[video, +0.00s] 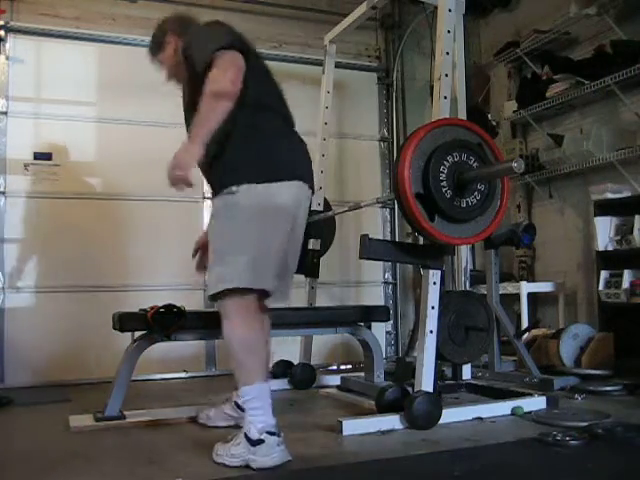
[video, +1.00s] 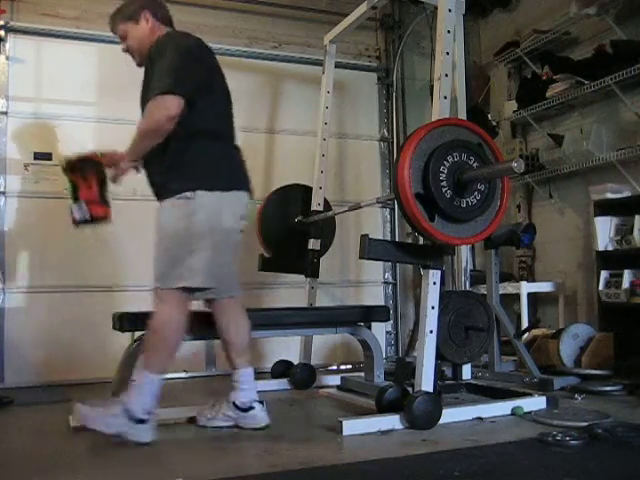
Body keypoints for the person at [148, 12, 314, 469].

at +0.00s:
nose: (166, 71)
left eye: (162, 60)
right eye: (161, 65)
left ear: (174, 41)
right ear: (175, 46)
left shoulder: (204, 35)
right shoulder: (210, 80)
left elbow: (228, 76)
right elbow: (242, 162)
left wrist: (193, 146)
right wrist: (216, 228)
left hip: (259, 180)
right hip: (277, 182)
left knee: (238, 299)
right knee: (247, 297)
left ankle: (262, 435)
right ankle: (248, 402)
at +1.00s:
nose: (125, 48)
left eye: (125, 37)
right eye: (121, 41)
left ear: (148, 21)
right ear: (153, 22)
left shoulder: (172, 46)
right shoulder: (189, 51)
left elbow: (165, 115)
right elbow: (176, 130)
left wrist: (130, 156)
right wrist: (129, 160)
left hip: (196, 193)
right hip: (224, 190)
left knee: (171, 297)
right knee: (225, 294)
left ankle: (136, 411)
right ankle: (246, 403)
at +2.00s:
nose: (76, 11)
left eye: (79, 4)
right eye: (76, 5)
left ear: (101, 1)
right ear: (118, 5)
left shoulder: (113, 36)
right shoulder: (117, 43)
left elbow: (53, 91)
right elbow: (100, 133)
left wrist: (21, 34)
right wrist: (43, 143)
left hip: (102, 189)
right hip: (84, 189)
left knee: (106, 293)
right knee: (63, 285)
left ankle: (119, 416)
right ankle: (47, 386)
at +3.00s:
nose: (26, 54)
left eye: (29, 44)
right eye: (23, 47)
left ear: (56, 36)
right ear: (57, 39)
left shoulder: (76, 64)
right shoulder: (72, 73)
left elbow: (46, 132)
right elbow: (35, 151)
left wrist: (31, 126)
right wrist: (3, 142)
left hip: (106, 201)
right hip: (93, 201)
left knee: (90, 299)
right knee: (85, 299)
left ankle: (104, 414)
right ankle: (96, 397)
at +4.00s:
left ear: (4, 141)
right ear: (6, 141)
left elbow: (52, 178)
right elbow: (28, 219)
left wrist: (51, 255)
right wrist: (29, 268)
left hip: (143, 208)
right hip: (119, 215)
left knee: (92, 294)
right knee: (73, 293)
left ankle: (106, 415)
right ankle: (84, 395)